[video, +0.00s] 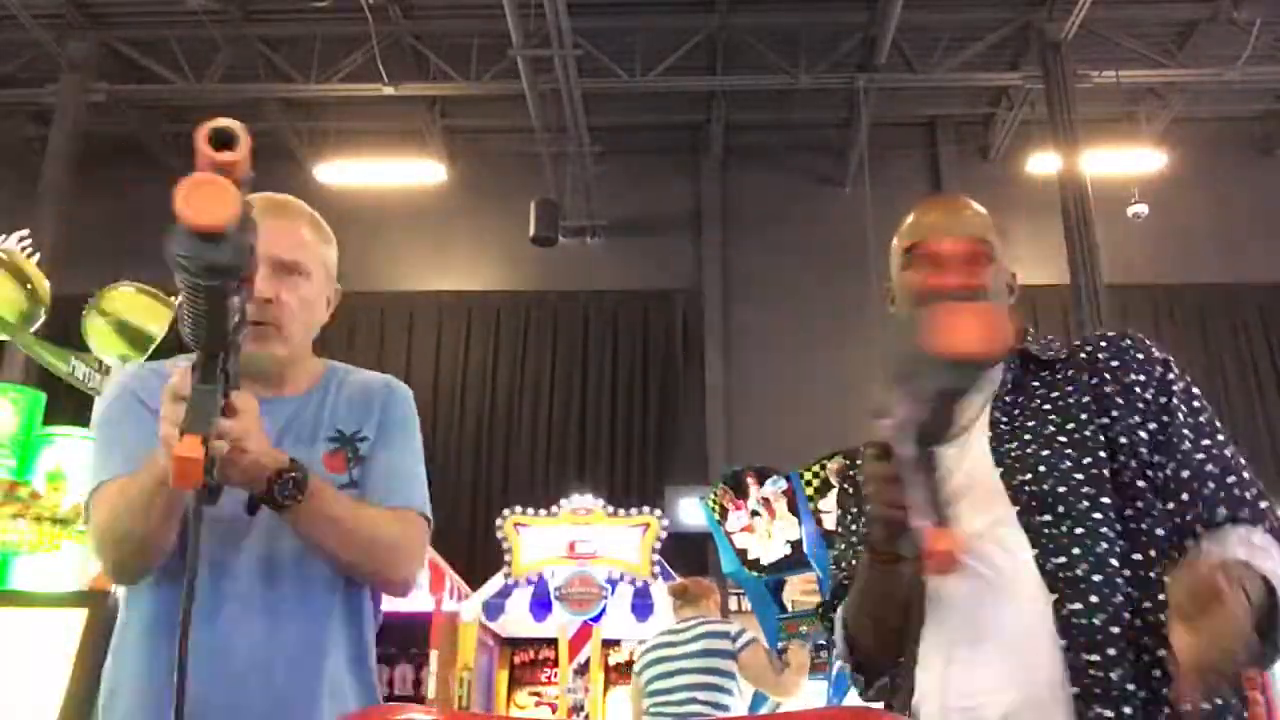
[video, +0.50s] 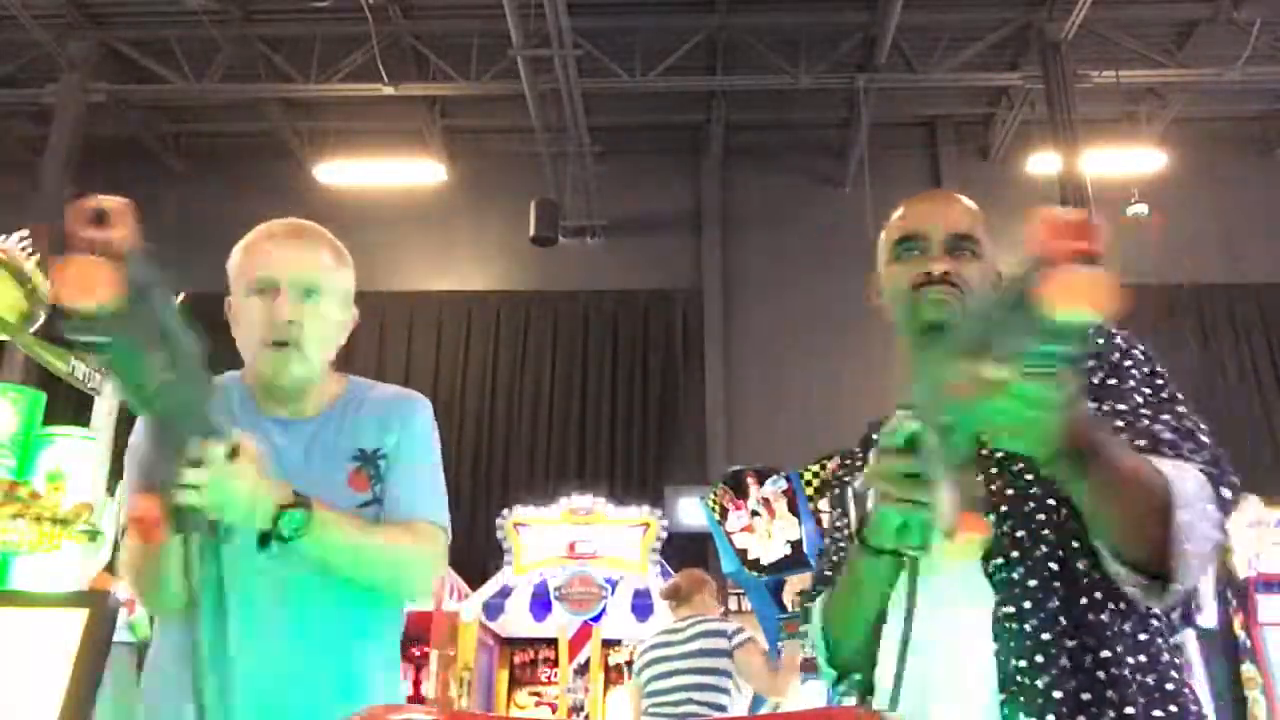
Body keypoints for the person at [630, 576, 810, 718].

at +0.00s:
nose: (722, 611)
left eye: (721, 606)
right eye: (720, 605)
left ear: (675, 611)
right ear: (713, 602)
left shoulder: (646, 649)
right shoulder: (730, 632)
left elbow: (638, 714)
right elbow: (785, 688)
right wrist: (800, 657)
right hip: (712, 713)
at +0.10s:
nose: (722, 610)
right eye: (720, 604)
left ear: (675, 610)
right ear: (713, 602)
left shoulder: (646, 649)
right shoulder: (730, 633)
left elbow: (638, 714)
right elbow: (780, 691)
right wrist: (797, 663)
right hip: (713, 712)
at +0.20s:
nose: (722, 608)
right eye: (720, 602)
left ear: (677, 609)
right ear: (713, 601)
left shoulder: (647, 648)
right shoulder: (731, 633)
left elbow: (637, 712)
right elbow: (759, 690)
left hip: (657, 715)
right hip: (712, 713)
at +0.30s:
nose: (721, 606)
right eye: (720, 601)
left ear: (677, 608)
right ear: (713, 600)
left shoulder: (646, 648)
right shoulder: (729, 632)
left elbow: (638, 711)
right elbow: (749, 694)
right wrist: (768, 693)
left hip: (657, 714)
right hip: (708, 712)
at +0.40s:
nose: (720, 607)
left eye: (719, 601)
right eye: (717, 600)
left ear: (675, 607)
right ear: (710, 597)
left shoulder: (647, 646)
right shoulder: (728, 632)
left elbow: (637, 712)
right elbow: (764, 696)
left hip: (656, 715)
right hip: (706, 713)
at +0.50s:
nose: (719, 607)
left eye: (717, 600)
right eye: (716, 598)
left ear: (672, 607)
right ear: (707, 595)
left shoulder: (645, 648)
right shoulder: (727, 630)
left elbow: (637, 713)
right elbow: (776, 688)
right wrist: (792, 655)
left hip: (656, 716)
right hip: (707, 714)